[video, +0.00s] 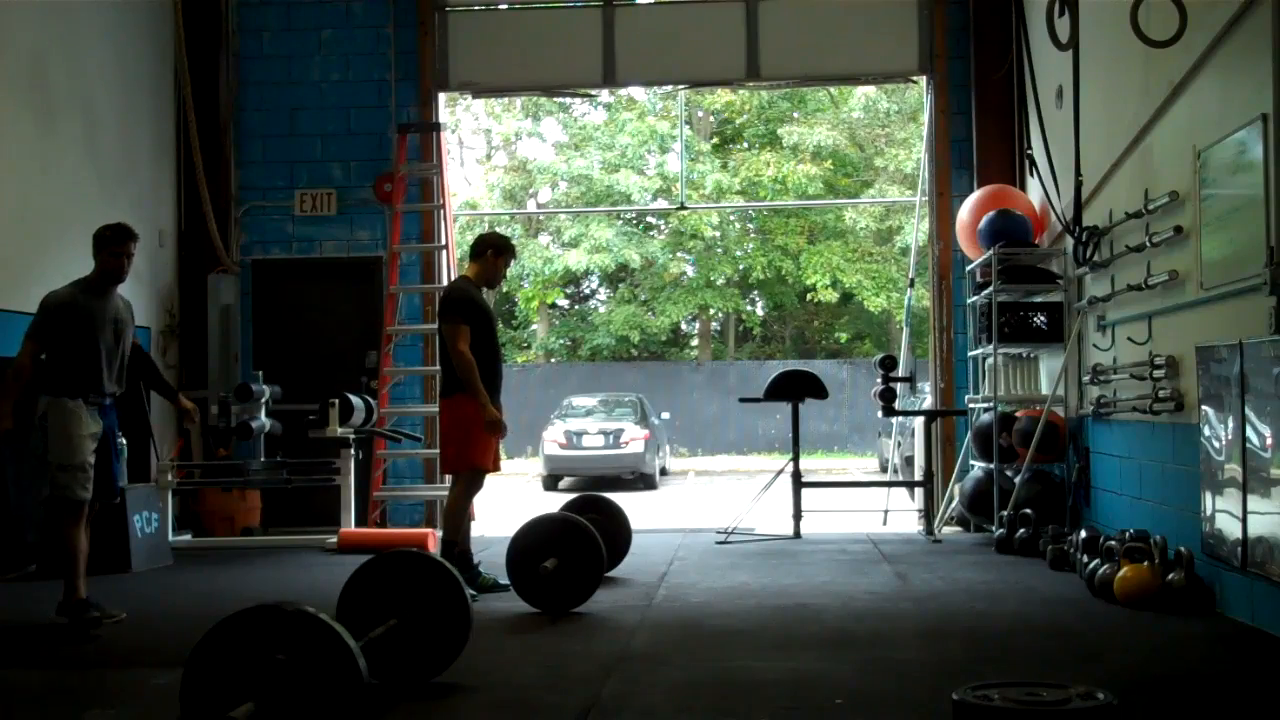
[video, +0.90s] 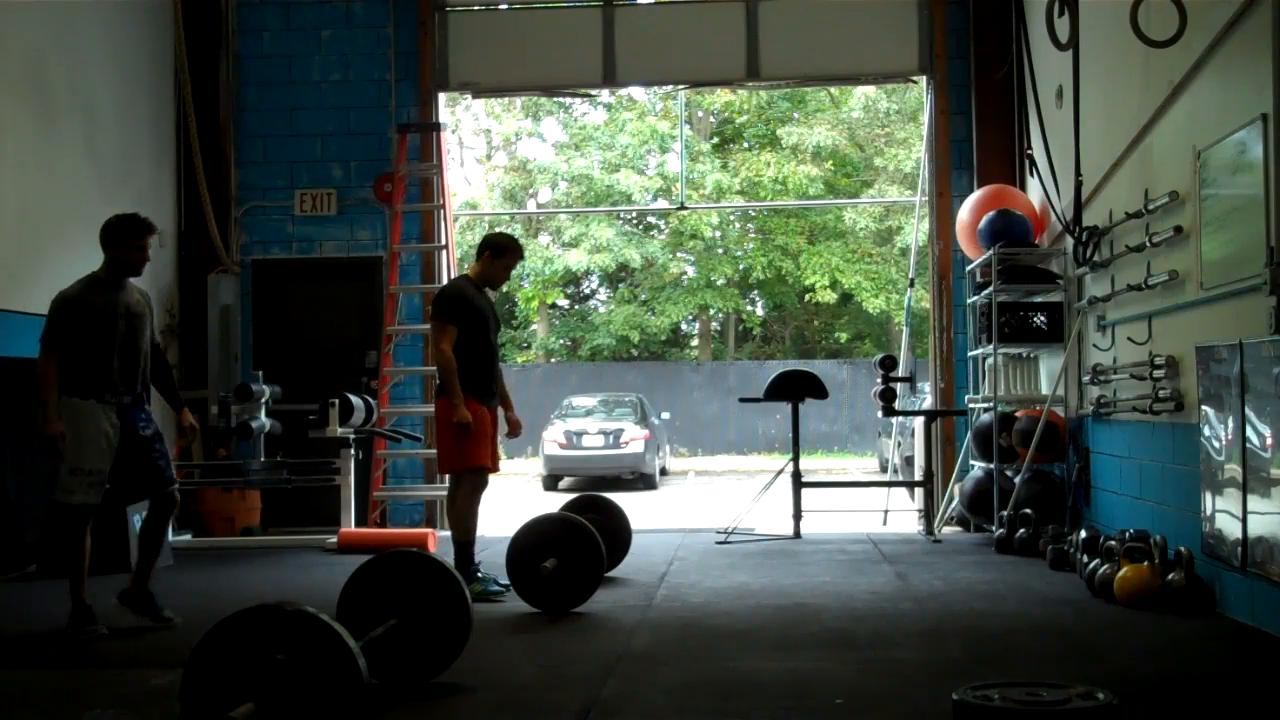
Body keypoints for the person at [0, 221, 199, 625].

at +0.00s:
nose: (126, 263)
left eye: (130, 256)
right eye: (119, 255)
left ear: (132, 259)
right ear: (99, 255)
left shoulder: (122, 309)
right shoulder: (60, 302)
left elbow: (134, 359)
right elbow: (28, 358)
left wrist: (175, 396)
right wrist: (12, 408)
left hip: (104, 413)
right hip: (69, 412)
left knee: (90, 505)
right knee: (75, 505)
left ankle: (77, 597)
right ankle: (75, 600)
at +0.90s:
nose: (148, 256)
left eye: (149, 248)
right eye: (141, 248)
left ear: (135, 250)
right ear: (116, 248)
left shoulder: (140, 299)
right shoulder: (72, 300)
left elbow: (155, 360)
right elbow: (48, 362)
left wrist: (180, 407)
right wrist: (51, 417)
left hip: (135, 417)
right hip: (86, 419)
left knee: (166, 498)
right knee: (82, 511)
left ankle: (139, 589)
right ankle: (79, 605)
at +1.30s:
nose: (210, 257)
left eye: (211, 249)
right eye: (204, 248)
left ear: (201, 249)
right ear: (180, 246)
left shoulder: (196, 300)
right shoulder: (134, 294)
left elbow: (194, 368)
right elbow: (114, 358)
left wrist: (205, 423)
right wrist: (130, 412)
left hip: (187, 417)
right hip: (145, 415)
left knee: (188, 515)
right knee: (130, 512)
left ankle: (199, 605)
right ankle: (92, 599)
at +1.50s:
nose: (225, 255)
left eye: (229, 247)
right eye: (218, 247)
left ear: (230, 248)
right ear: (196, 245)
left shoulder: (226, 298)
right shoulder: (157, 292)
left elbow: (241, 361)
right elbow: (129, 358)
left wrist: (260, 409)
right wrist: (135, 411)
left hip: (210, 413)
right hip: (165, 410)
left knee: (201, 511)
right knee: (173, 505)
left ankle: (200, 604)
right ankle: (158, 597)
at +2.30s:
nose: (213, 228)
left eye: (220, 220)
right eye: (204, 221)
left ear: (235, 225)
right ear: (191, 229)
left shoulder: (262, 280)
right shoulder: (173, 286)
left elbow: (291, 346)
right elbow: (157, 355)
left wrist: (318, 402)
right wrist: (171, 405)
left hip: (255, 412)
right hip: (202, 416)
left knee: (261, 516)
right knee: (222, 523)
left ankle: (273, 608)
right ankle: (239, 610)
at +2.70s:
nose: (180, 223)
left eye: (188, 213)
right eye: (173, 215)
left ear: (212, 210)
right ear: (165, 219)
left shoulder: (252, 273)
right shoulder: (156, 278)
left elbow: (285, 348)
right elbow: (128, 351)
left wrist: (305, 408)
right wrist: (94, 411)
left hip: (232, 412)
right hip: (171, 411)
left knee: (229, 524)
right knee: (151, 515)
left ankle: (229, 625)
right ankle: (199, 594)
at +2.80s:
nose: (163, 222)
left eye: (171, 212)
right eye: (156, 214)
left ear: (198, 208)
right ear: (152, 218)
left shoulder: (245, 269)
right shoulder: (151, 277)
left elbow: (275, 341)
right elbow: (123, 349)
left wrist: (279, 397)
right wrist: (82, 408)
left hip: (226, 414)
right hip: (163, 413)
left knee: (225, 529)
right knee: (134, 516)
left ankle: (228, 630)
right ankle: (166, 624)